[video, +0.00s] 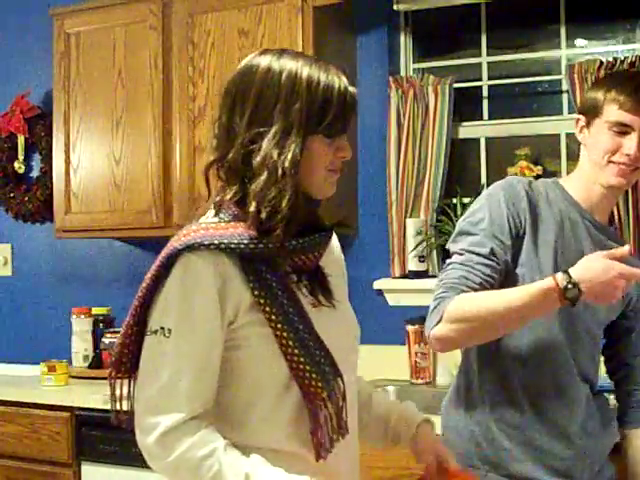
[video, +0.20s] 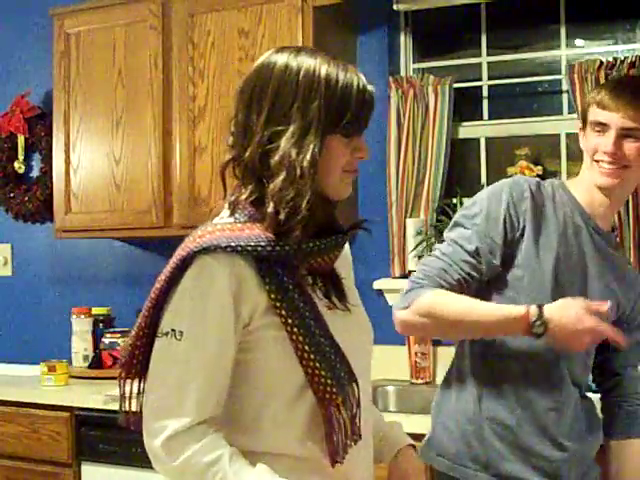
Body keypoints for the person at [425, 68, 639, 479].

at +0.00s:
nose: (633, 150)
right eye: (620, 129)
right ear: (582, 128)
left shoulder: (622, 257)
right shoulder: (513, 200)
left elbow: (631, 383)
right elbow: (443, 327)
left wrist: (631, 462)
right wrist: (569, 286)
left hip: (583, 458)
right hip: (490, 457)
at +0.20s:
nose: (611, 148)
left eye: (629, 135)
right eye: (600, 129)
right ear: (582, 132)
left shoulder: (627, 281)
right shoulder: (516, 201)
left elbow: (625, 426)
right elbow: (412, 311)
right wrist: (540, 320)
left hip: (570, 467)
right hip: (475, 461)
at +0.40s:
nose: (600, 149)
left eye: (621, 138)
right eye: (592, 131)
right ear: (580, 134)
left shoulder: (625, 288)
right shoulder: (506, 200)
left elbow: (626, 418)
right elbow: (377, 270)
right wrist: (457, 354)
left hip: (544, 466)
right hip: (449, 458)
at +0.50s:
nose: (591, 153)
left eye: (614, 143)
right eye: (584, 135)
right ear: (573, 139)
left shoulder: (614, 296)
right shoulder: (490, 203)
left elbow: (615, 428)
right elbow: (367, 255)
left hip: (527, 468)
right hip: (436, 459)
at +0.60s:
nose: (576, 159)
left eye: (599, 149)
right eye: (569, 142)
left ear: (630, 173)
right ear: (557, 149)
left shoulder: (594, 303)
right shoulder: (470, 206)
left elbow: (600, 438)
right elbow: (344, 264)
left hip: (498, 466)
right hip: (407, 453)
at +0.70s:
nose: (558, 172)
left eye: (581, 163)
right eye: (551, 155)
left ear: (612, 187)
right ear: (537, 162)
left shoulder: (569, 316)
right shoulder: (446, 215)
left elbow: (576, 451)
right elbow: (331, 267)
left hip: (465, 469)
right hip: (380, 452)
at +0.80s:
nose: (543, 195)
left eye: (566, 187)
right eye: (537, 176)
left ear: (597, 212)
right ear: (523, 181)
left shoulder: (544, 341)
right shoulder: (433, 227)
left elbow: (548, 457)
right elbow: (318, 259)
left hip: (420, 466)